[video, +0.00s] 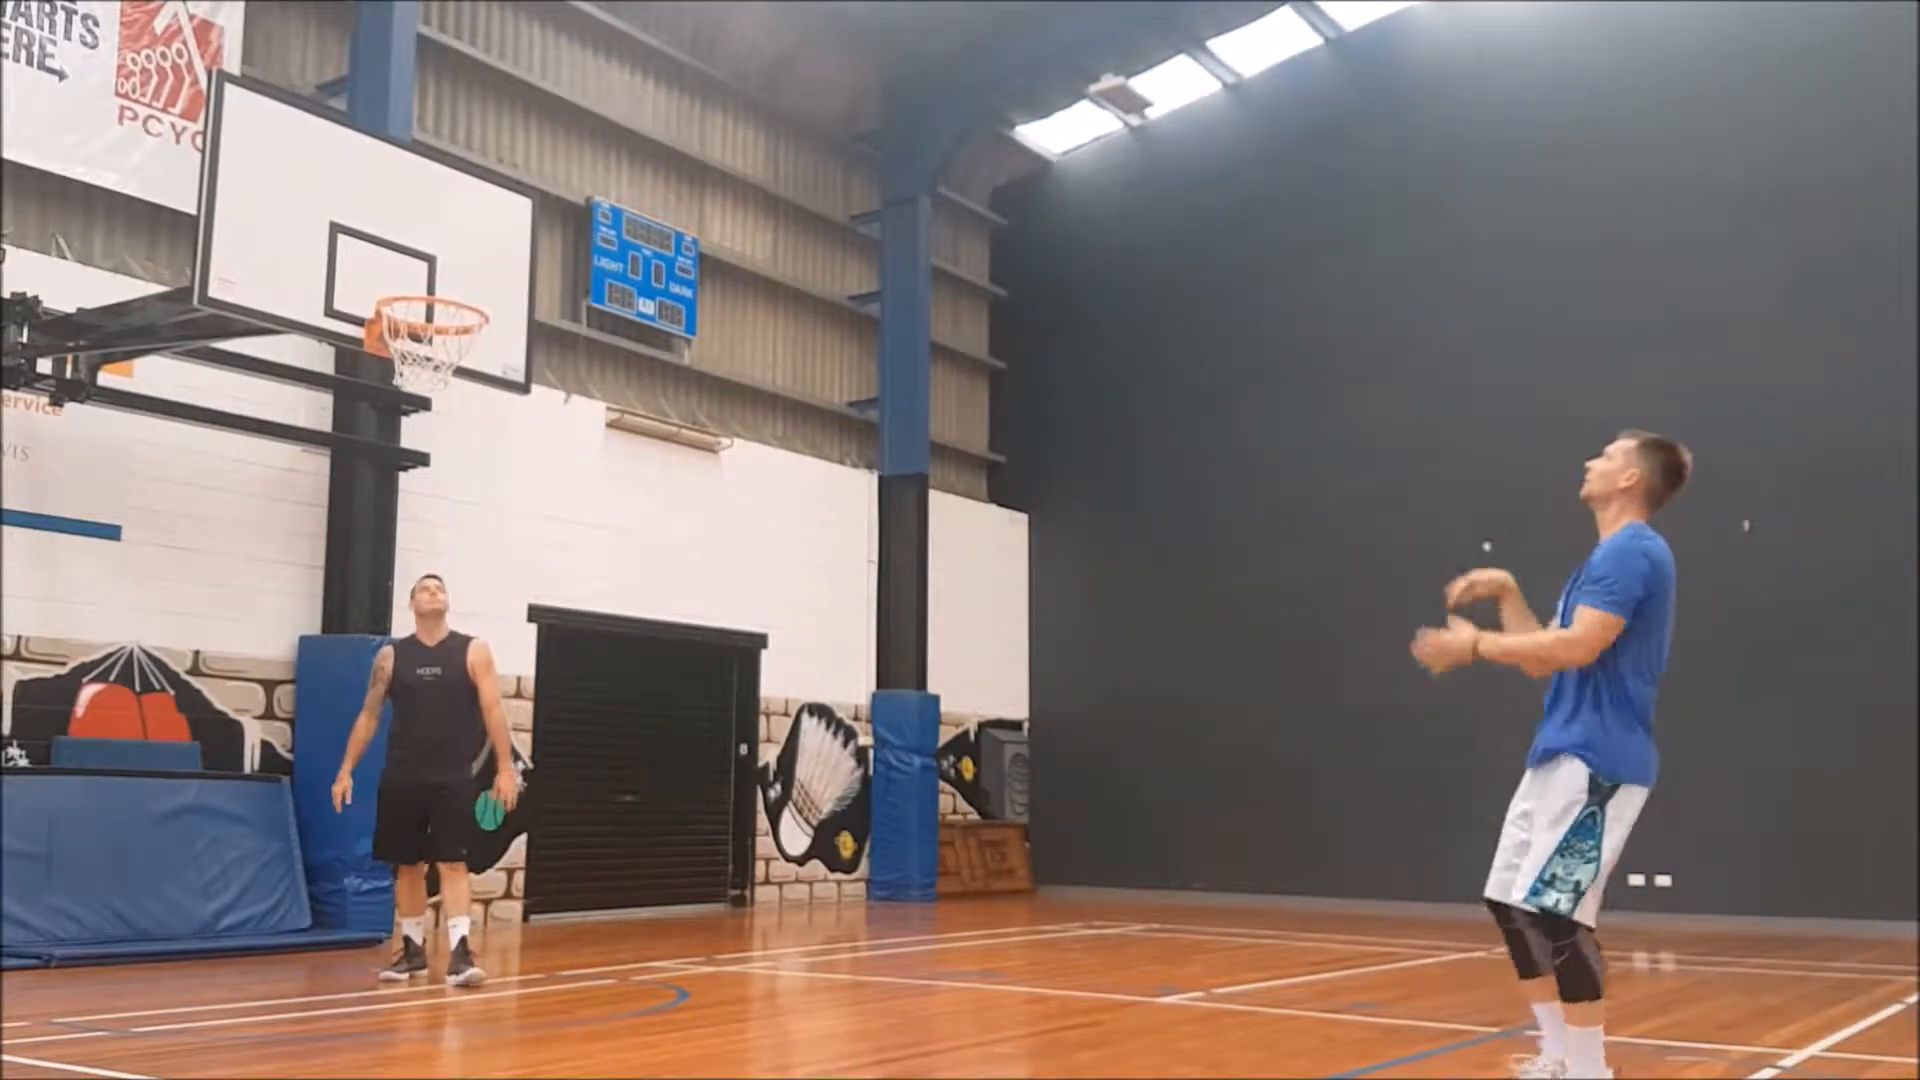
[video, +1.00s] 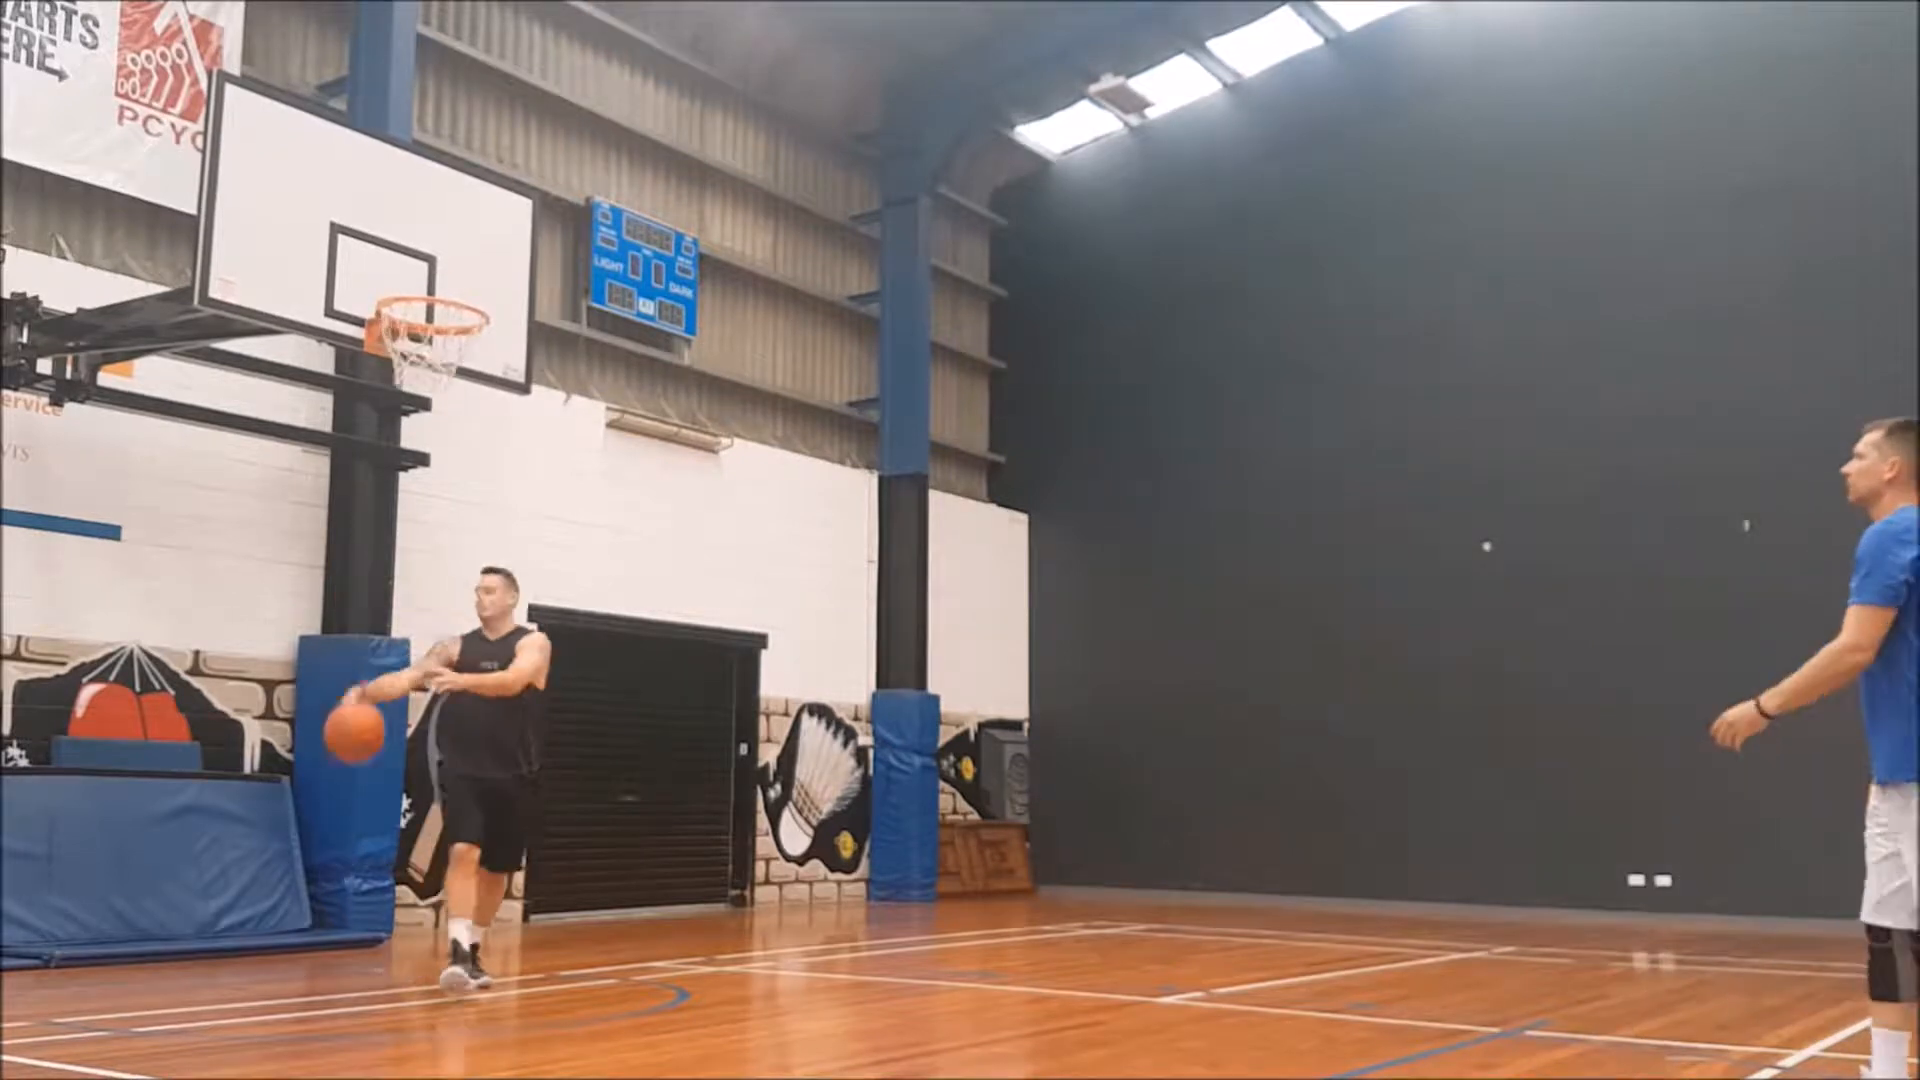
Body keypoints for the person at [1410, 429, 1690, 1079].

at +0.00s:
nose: (1590, 463)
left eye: (1603, 455)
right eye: (1598, 453)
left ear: (1629, 476)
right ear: (1625, 478)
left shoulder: (1634, 550)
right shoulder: (1601, 559)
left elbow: (1580, 646)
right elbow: (1543, 657)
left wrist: (1475, 643)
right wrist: (1509, 594)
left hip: (1603, 761)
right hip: (1560, 754)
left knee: (1551, 911)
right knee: (1509, 901)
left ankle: (1589, 1069)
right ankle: (1558, 1057)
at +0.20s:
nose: (1624, 470)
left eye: (1637, 462)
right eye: (1632, 460)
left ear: (1663, 482)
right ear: (1664, 485)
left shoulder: (1671, 557)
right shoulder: (1661, 558)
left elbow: (1686, 669)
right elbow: (1646, 681)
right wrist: (1587, 747)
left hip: (1638, 776)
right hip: (1639, 774)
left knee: (1595, 924)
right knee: (1637, 933)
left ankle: (1588, 1070)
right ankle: (1771, 1027)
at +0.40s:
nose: (1670, 482)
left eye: (1684, 473)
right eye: (1678, 472)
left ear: (1713, 492)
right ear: (1716, 495)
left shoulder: (1729, 558)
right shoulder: (1719, 562)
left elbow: (1786, 656)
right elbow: (1780, 661)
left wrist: (1826, 760)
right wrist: (1827, 762)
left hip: (1725, 785)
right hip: (1750, 785)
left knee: (1664, 929)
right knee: (1771, 937)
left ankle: (1608, 1068)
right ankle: (1868, 1066)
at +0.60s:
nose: (1722, 476)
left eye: (1735, 465)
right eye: (1729, 465)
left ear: (1766, 479)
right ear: (1774, 481)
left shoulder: (1783, 545)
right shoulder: (1806, 544)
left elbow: (1809, 648)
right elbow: (1822, 651)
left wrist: (1801, 757)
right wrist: (1802, 759)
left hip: (1799, 766)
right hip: (1838, 765)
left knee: (1735, 906)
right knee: (1822, 921)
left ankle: (1752, 1067)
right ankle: (1879, 1068)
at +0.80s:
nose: (1785, 468)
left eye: (1796, 457)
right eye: (1791, 457)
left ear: (1829, 469)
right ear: (1836, 472)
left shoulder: (1835, 536)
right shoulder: (1861, 537)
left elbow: (1810, 643)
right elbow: (1856, 666)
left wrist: (1741, 729)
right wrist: (1816, 757)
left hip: (1872, 766)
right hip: (1877, 763)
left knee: (1859, 925)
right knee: (1875, 926)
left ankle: (1883, 1068)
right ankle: (1883, 1065)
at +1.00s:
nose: (1845, 468)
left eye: (1857, 457)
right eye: (1851, 457)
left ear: (1892, 468)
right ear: (1896, 470)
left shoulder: (1892, 538)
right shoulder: (1903, 535)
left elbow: (1858, 646)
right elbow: (1872, 651)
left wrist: (1762, 707)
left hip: (1904, 777)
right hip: (1901, 774)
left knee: (1892, 930)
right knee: (1892, 929)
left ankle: (1889, 1069)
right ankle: (1889, 1066)